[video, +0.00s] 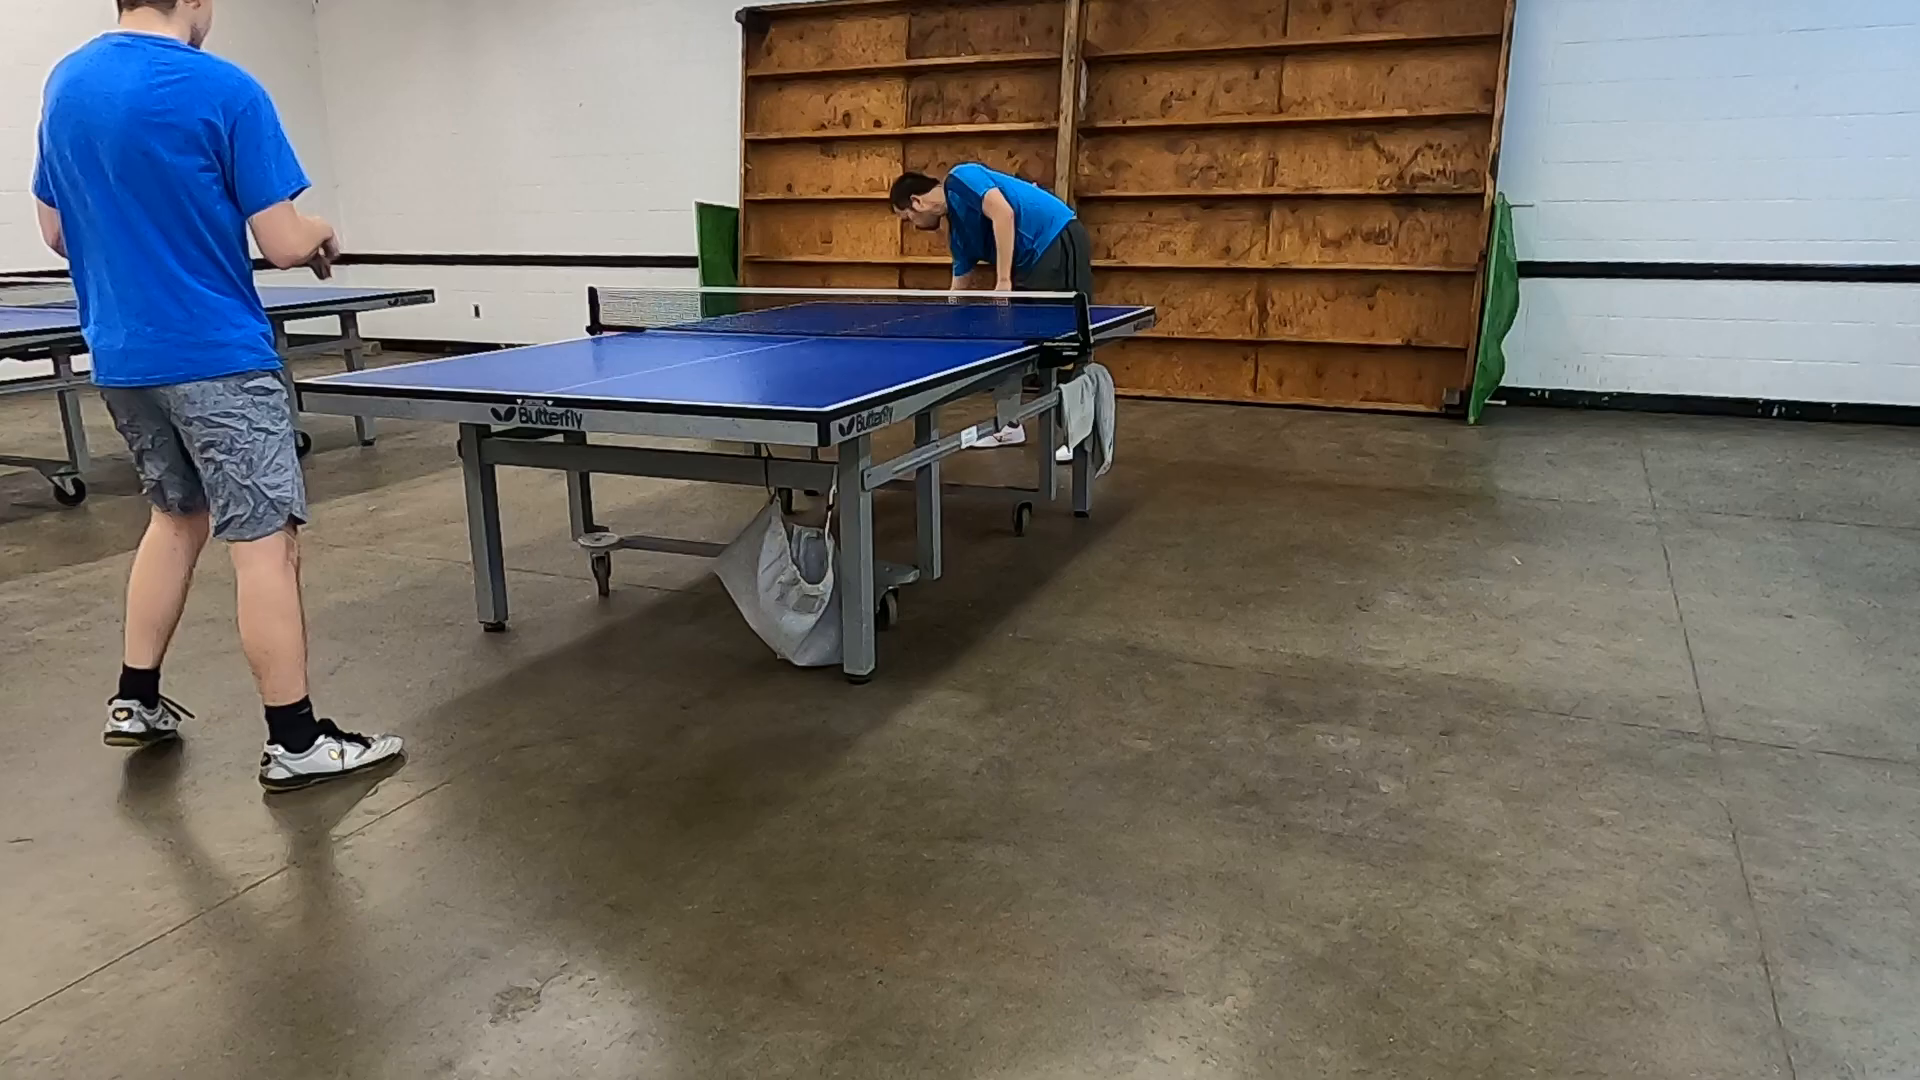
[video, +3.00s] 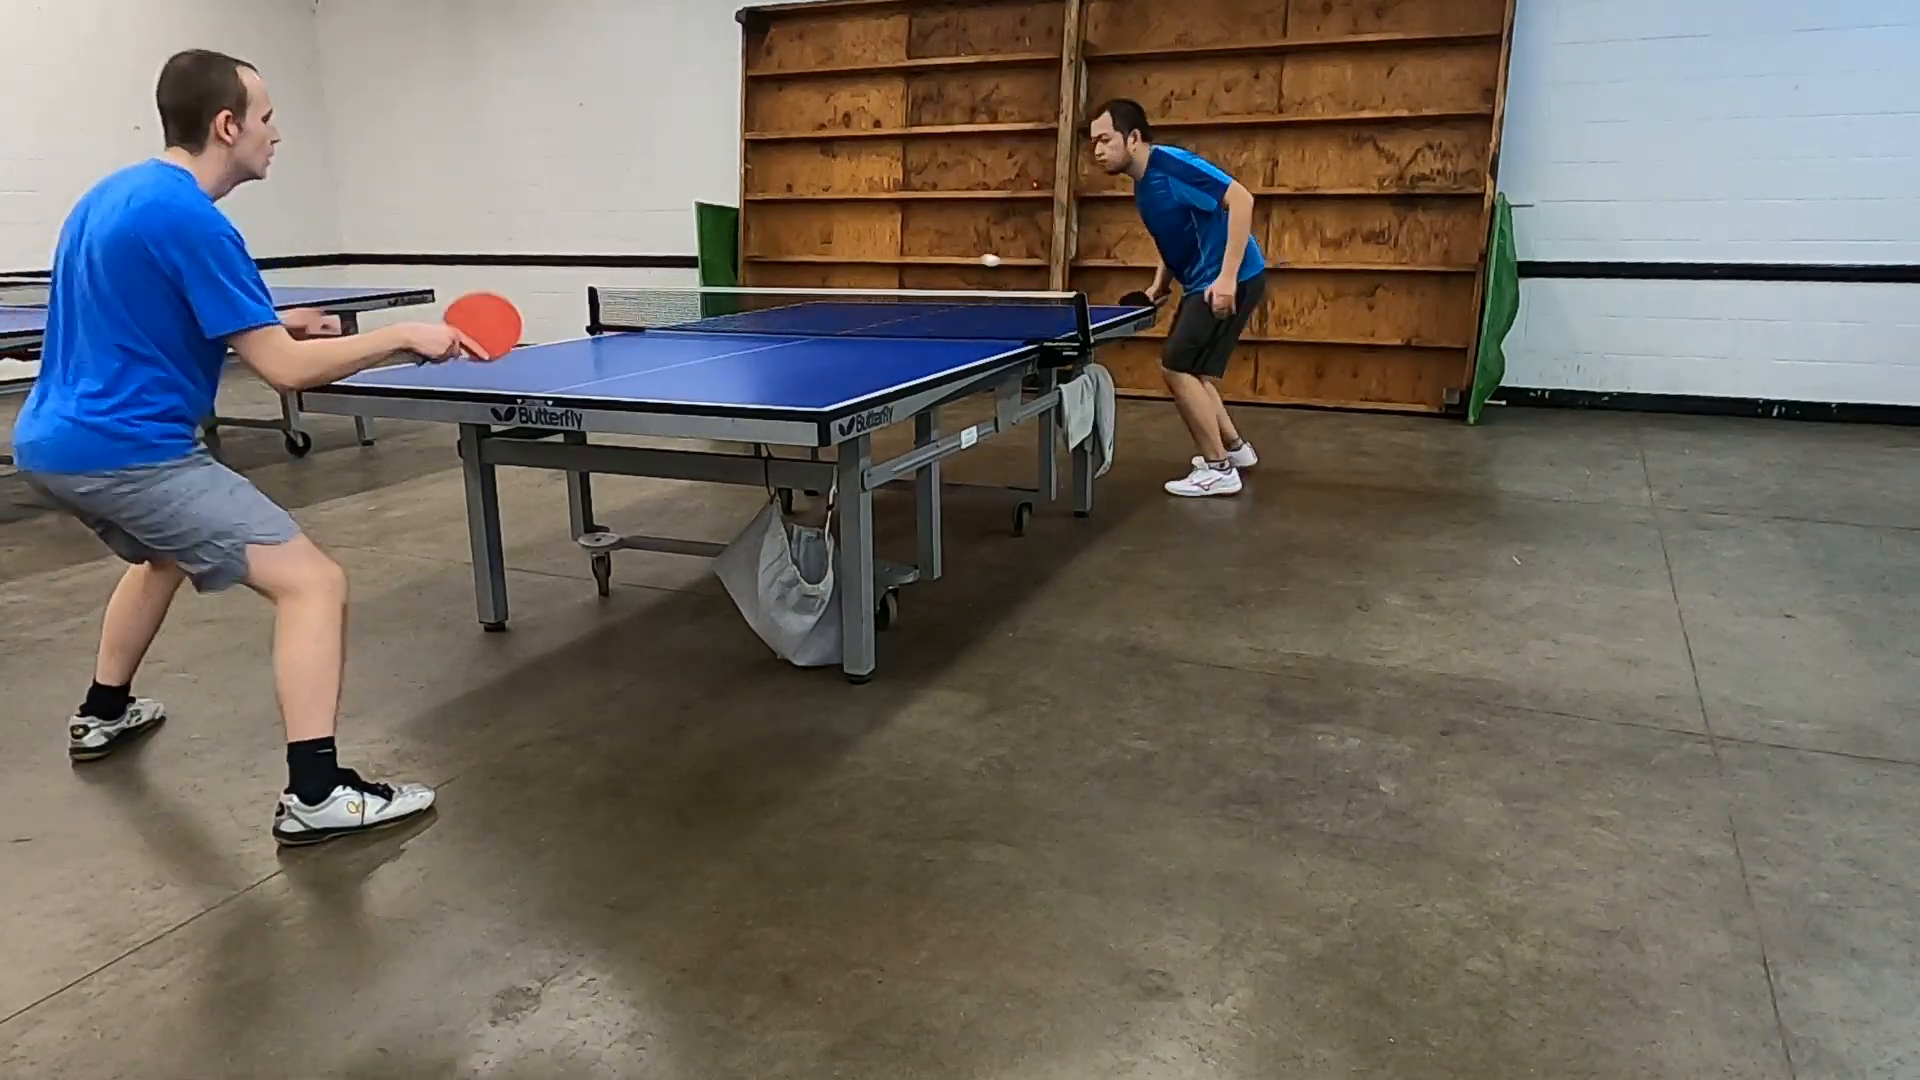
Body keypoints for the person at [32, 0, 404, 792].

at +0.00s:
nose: (210, 18)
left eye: (207, 9)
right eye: (208, 8)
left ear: (124, 6)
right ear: (190, 4)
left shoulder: (67, 80)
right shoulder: (221, 86)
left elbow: (58, 231)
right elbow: (283, 241)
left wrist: (148, 250)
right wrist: (316, 233)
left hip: (120, 355)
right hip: (216, 351)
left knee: (177, 511)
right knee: (264, 535)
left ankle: (136, 700)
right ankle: (296, 738)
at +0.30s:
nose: (168, 20)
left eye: (166, 8)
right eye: (166, 7)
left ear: (77, 13)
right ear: (141, 7)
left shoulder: (27, 107)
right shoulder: (163, 105)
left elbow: (34, 247)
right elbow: (193, 256)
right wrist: (274, 256)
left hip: (80, 369)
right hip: (171, 360)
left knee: (137, 526)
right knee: (257, 529)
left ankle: (132, 715)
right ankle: (296, 733)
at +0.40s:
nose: (160, 25)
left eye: (157, 11)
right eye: (156, 10)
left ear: (68, 17)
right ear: (127, 9)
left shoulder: (20, 110)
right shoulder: (146, 100)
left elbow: (38, 243)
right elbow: (171, 247)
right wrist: (262, 263)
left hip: (63, 364)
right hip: (151, 355)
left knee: (134, 526)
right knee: (260, 520)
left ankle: (132, 713)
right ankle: (296, 723)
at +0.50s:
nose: (157, 33)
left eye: (154, 15)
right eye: (151, 13)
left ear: (69, 17)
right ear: (116, 10)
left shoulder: (15, 108)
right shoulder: (138, 95)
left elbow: (32, 246)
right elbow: (165, 240)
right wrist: (264, 253)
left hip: (60, 361)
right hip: (147, 350)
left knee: (132, 527)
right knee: (262, 518)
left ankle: (133, 714)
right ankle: (308, 722)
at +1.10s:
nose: (247, 76)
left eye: (244, 60)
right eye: (241, 60)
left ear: (153, 64)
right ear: (210, 63)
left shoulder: (74, 145)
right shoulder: (214, 161)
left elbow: (9, 258)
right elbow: (295, 306)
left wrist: (78, 327)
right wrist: (394, 291)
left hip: (81, 409)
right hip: (171, 406)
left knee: (158, 544)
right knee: (311, 573)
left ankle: (109, 705)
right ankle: (315, 788)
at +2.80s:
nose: (281, 150)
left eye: (279, 135)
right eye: (274, 135)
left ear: (194, 144)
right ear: (239, 142)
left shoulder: (108, 212)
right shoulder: (229, 235)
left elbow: (32, 336)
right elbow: (303, 372)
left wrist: (130, 363)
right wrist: (398, 334)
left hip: (52, 455)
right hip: (145, 463)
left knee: (152, 552)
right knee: (339, 584)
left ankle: (101, 712)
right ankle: (316, 790)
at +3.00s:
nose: (274, 132)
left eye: (271, 117)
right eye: (265, 118)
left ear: (194, 127)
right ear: (225, 126)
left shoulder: (106, 196)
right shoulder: (192, 223)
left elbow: (144, 325)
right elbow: (287, 368)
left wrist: (260, 327)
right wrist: (402, 336)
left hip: (51, 442)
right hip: (126, 454)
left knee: (163, 553)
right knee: (315, 581)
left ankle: (104, 711)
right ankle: (316, 790)